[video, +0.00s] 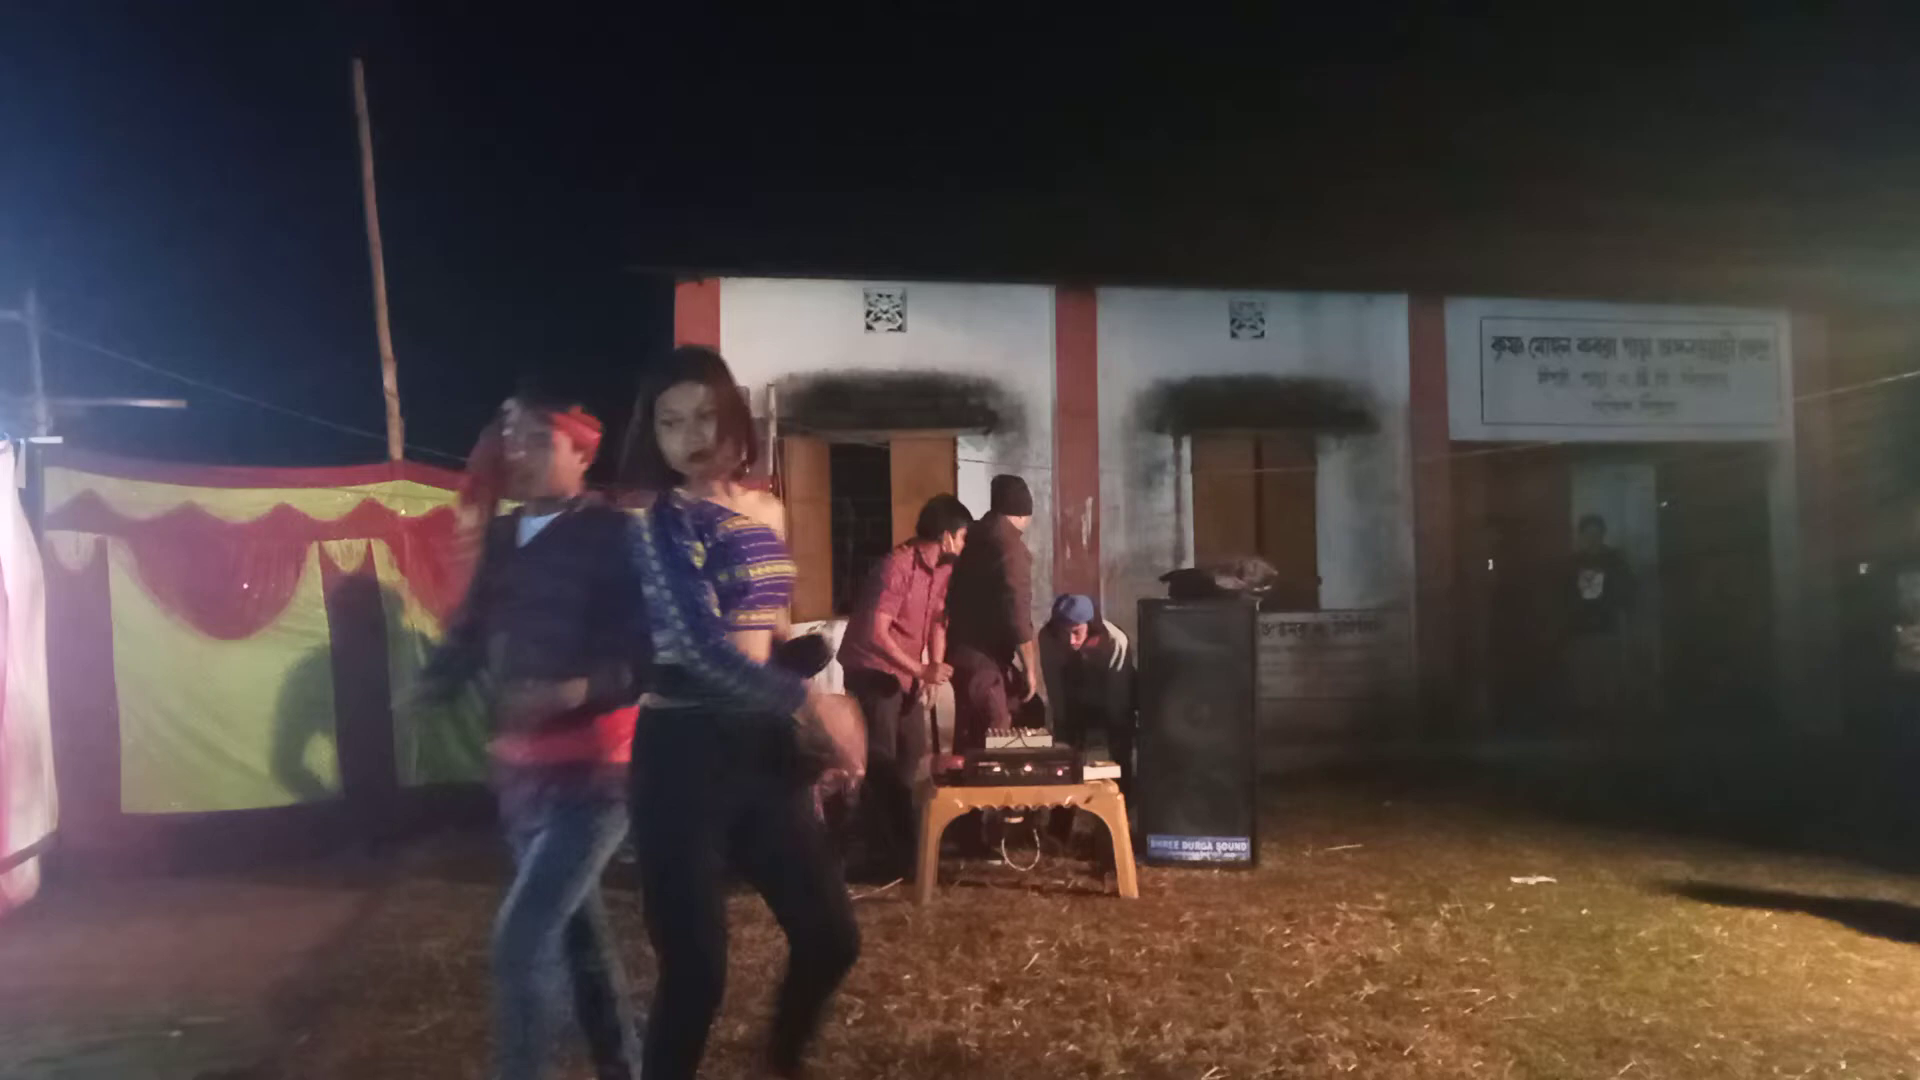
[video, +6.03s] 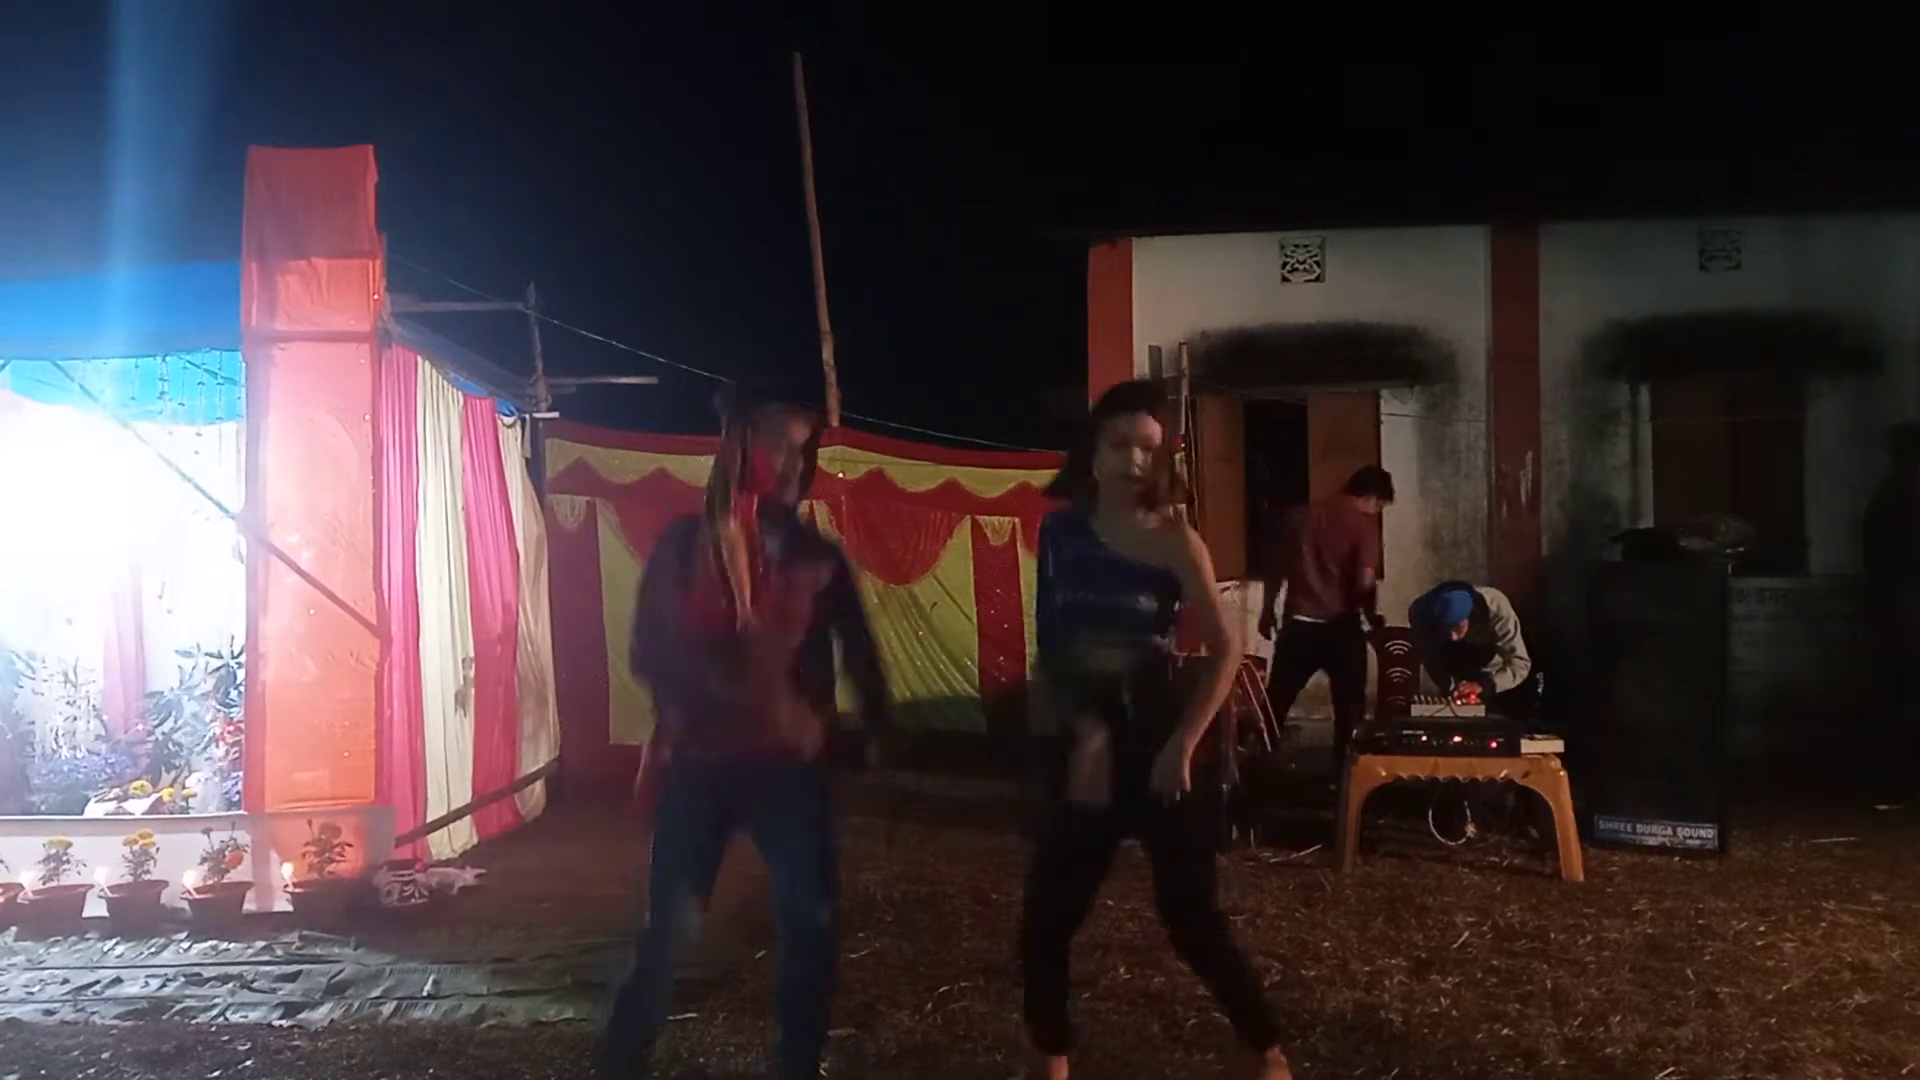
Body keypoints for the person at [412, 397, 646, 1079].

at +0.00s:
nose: (514, 452)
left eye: (532, 440)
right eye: (510, 438)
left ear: (576, 451)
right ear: (501, 450)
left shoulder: (614, 533)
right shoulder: (501, 536)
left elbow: (641, 659)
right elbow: (471, 633)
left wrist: (573, 690)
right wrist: (431, 682)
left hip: (596, 773)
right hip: (520, 773)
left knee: (520, 944)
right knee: (583, 948)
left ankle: (522, 1068)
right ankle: (622, 1065)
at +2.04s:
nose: (458, 519)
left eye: (473, 501)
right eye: (444, 499)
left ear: (499, 501)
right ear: (420, 498)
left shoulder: (541, 569)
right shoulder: (388, 575)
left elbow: (587, 666)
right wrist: (273, 683)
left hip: (553, 791)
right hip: (455, 806)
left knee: (605, 961)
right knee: (437, 977)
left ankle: (652, 1065)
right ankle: (438, 1068)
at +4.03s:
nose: (785, 419)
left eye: (791, 404)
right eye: (772, 403)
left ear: (796, 411)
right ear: (726, 407)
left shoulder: (819, 481)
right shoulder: (671, 491)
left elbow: (887, 558)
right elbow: (599, 568)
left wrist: (851, 614)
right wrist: (561, 563)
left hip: (817, 715)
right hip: (720, 721)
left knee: (860, 866)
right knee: (701, 887)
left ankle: (910, 1020)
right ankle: (730, 1049)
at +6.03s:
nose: (794, 464)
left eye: (803, 451)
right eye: (781, 446)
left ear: (808, 461)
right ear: (743, 447)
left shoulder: (818, 555)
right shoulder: (687, 542)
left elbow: (862, 660)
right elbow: (651, 653)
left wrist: (858, 729)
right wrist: (744, 694)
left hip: (791, 767)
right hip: (701, 765)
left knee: (809, 926)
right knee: (672, 929)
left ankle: (800, 1062)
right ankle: (621, 1060)